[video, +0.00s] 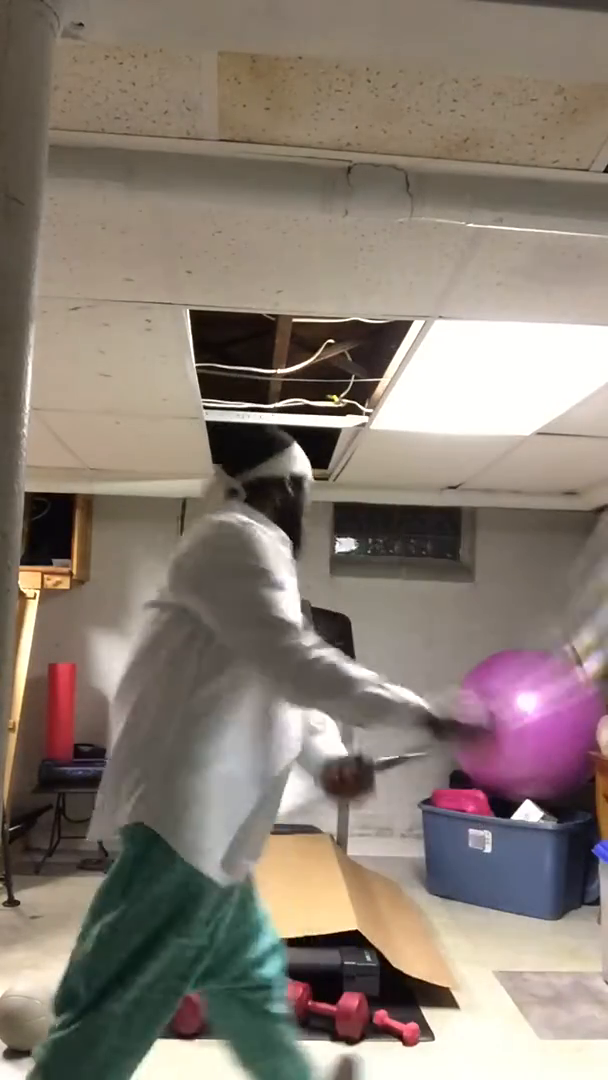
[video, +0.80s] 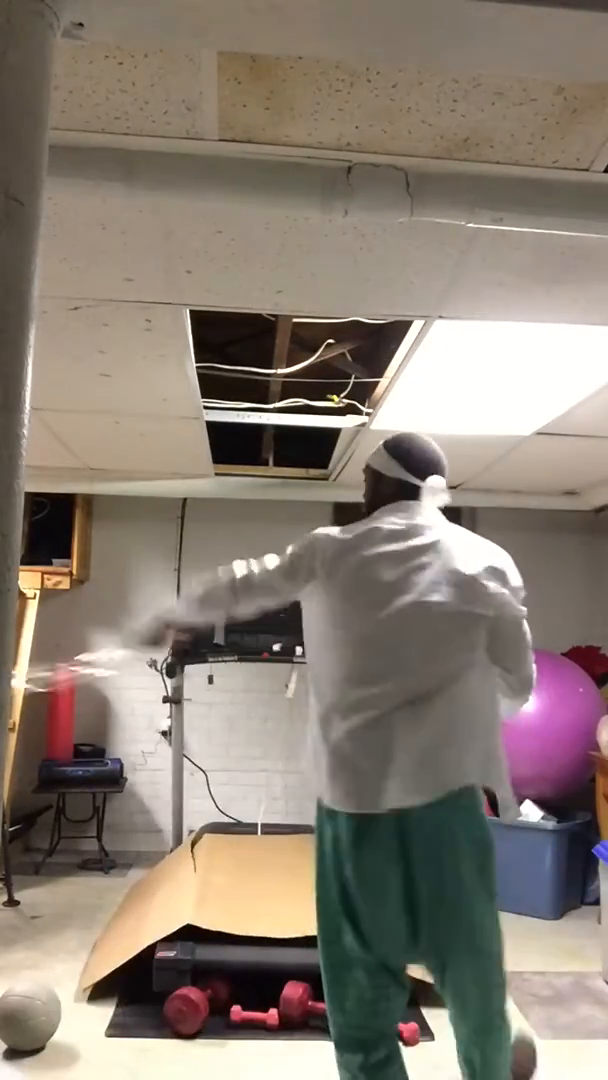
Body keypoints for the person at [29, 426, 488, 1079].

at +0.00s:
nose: (305, 505)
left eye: (305, 490)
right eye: (297, 488)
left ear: (251, 488)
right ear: (267, 486)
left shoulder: (258, 554)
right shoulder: (234, 539)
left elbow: (282, 690)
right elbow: (293, 658)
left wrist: (329, 759)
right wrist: (425, 716)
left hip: (216, 812)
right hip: (181, 805)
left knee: (248, 980)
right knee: (113, 1005)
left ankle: (295, 1075)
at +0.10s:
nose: (335, 535)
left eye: (336, 520)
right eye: (331, 517)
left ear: (276, 509)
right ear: (305, 510)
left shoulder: (261, 569)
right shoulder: (271, 554)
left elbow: (270, 717)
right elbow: (363, 665)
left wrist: (349, 731)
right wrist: (468, 792)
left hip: (228, 813)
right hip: (196, 805)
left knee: (288, 980)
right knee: (132, 1006)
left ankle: (331, 1073)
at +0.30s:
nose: (397, 542)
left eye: (397, 532)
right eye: (395, 530)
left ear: (335, 523)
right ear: (382, 526)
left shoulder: (313, 575)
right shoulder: (359, 558)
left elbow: (345, 716)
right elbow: (435, 681)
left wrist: (439, 739)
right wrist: (496, 814)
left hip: (274, 788)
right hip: (279, 785)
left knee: (329, 963)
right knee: (229, 974)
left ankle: (355, 1073)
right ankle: (145, 1066)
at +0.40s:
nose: (414, 534)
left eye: (412, 525)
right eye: (411, 524)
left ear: (347, 523)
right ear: (401, 521)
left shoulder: (329, 571)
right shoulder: (390, 557)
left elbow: (374, 705)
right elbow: (466, 679)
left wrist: (463, 737)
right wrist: (538, 803)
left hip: (308, 794)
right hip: (307, 792)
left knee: (347, 987)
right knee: (299, 996)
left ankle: (361, 1072)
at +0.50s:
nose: (421, 521)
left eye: (419, 513)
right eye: (419, 512)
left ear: (355, 509)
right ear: (410, 509)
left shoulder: (327, 562)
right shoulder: (412, 551)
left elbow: (362, 675)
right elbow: (490, 673)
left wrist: (453, 717)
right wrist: (559, 792)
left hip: (287, 786)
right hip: (348, 781)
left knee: (332, 983)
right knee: (374, 987)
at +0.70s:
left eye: (373, 484)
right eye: (435, 487)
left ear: (372, 487)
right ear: (432, 490)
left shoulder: (323, 552)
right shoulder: (464, 553)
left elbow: (256, 625)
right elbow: (512, 680)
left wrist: (282, 654)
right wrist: (504, 707)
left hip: (330, 780)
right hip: (423, 775)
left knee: (350, 972)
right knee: (448, 965)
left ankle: (371, 1075)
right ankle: (462, 1070)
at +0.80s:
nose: (361, 494)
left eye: (366, 483)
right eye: (367, 483)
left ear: (376, 487)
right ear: (434, 491)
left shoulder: (327, 551)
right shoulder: (483, 560)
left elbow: (235, 589)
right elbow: (519, 682)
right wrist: (469, 697)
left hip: (351, 793)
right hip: (448, 787)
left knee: (358, 971)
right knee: (470, 958)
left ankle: (372, 1071)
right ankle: (494, 1068)